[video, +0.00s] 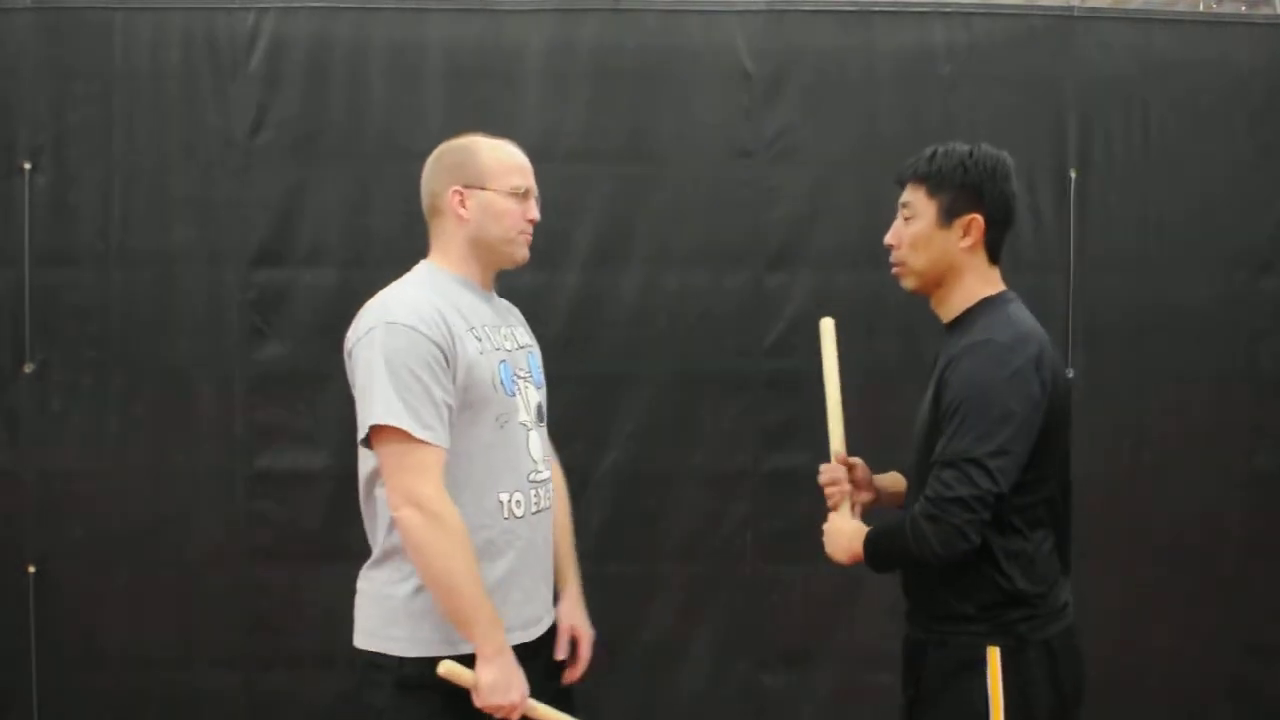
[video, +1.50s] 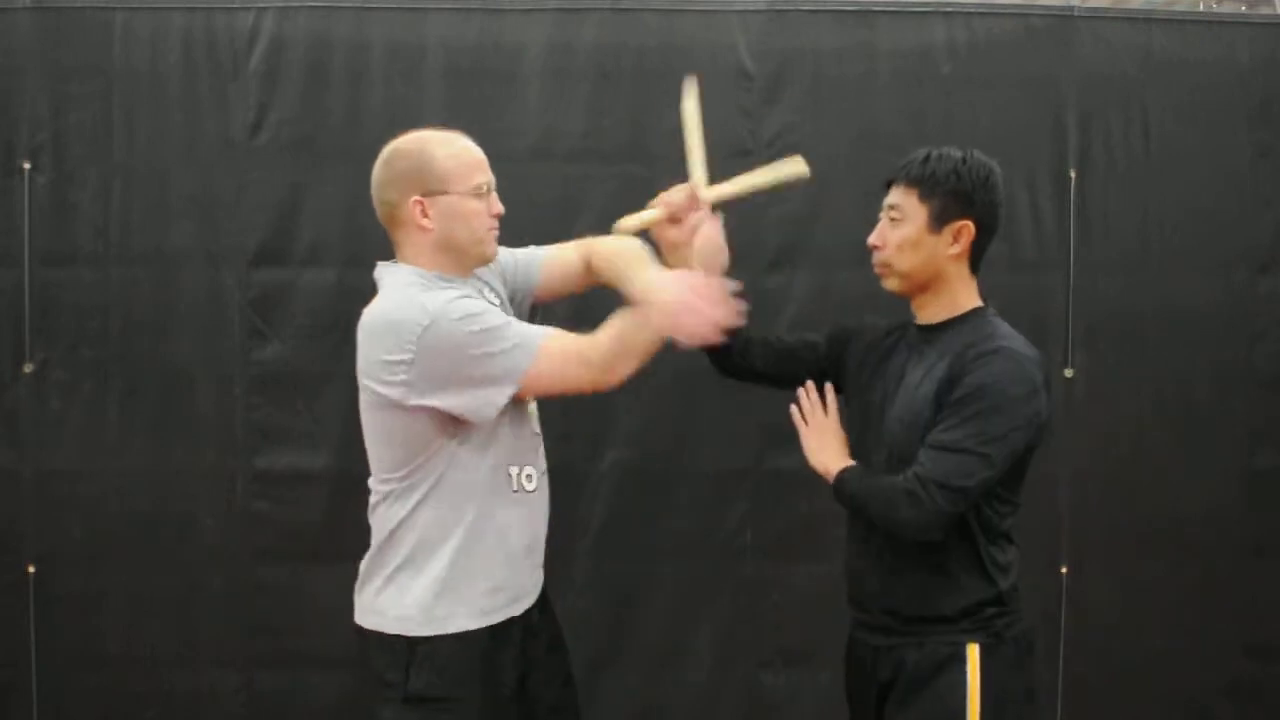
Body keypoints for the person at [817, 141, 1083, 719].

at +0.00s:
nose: (889, 237)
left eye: (908, 217)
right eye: (896, 217)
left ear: (967, 231)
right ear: (962, 233)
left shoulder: (996, 352)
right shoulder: (981, 340)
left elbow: (952, 526)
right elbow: (968, 480)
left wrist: (864, 543)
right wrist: (880, 488)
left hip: (994, 654)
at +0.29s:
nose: (893, 240)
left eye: (912, 220)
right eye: (901, 220)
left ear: (973, 235)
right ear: (968, 237)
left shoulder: (1007, 358)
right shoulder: (979, 345)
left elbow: (965, 533)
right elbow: (962, 485)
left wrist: (867, 561)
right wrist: (877, 502)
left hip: (995, 652)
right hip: (963, 643)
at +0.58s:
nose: (905, 240)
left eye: (923, 222)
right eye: (911, 221)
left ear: (982, 238)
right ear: (978, 240)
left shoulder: (1001, 352)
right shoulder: (982, 342)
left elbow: (943, 513)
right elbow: (941, 470)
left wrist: (877, 537)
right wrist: (843, 467)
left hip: (983, 637)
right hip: (961, 630)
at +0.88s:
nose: (903, 245)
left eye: (919, 228)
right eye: (908, 228)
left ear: (974, 240)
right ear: (970, 242)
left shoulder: (971, 346)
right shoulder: (1004, 331)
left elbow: (861, 465)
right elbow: (910, 416)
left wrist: (910, 438)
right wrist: (873, 308)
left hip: (968, 616)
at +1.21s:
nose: (895, 247)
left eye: (912, 228)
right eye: (900, 228)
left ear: (971, 244)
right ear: (966, 246)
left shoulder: (998, 363)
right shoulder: (934, 352)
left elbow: (878, 492)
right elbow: (806, 378)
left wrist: (855, 445)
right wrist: (792, 265)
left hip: (968, 650)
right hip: (919, 642)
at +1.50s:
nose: (874, 239)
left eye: (894, 220)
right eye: (880, 219)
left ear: (957, 238)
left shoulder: (1005, 367)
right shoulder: (873, 351)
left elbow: (922, 507)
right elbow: (740, 356)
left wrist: (839, 469)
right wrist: (688, 259)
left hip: (961, 657)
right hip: (877, 649)